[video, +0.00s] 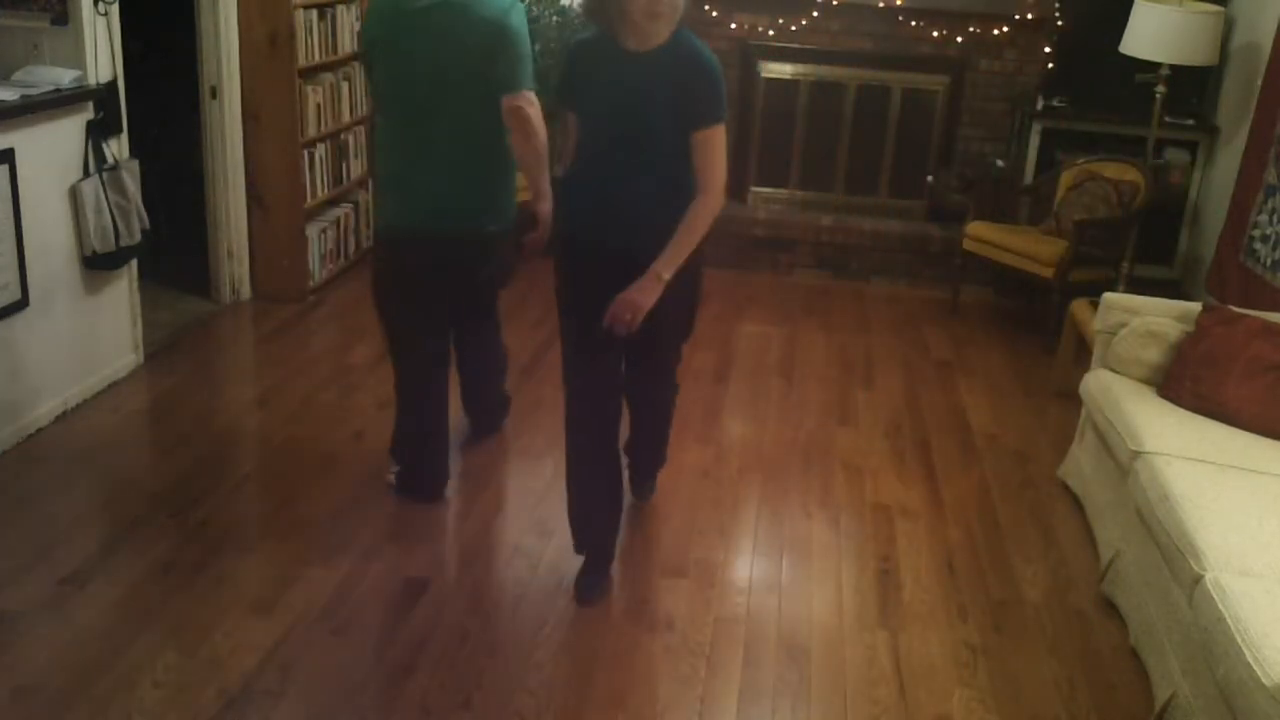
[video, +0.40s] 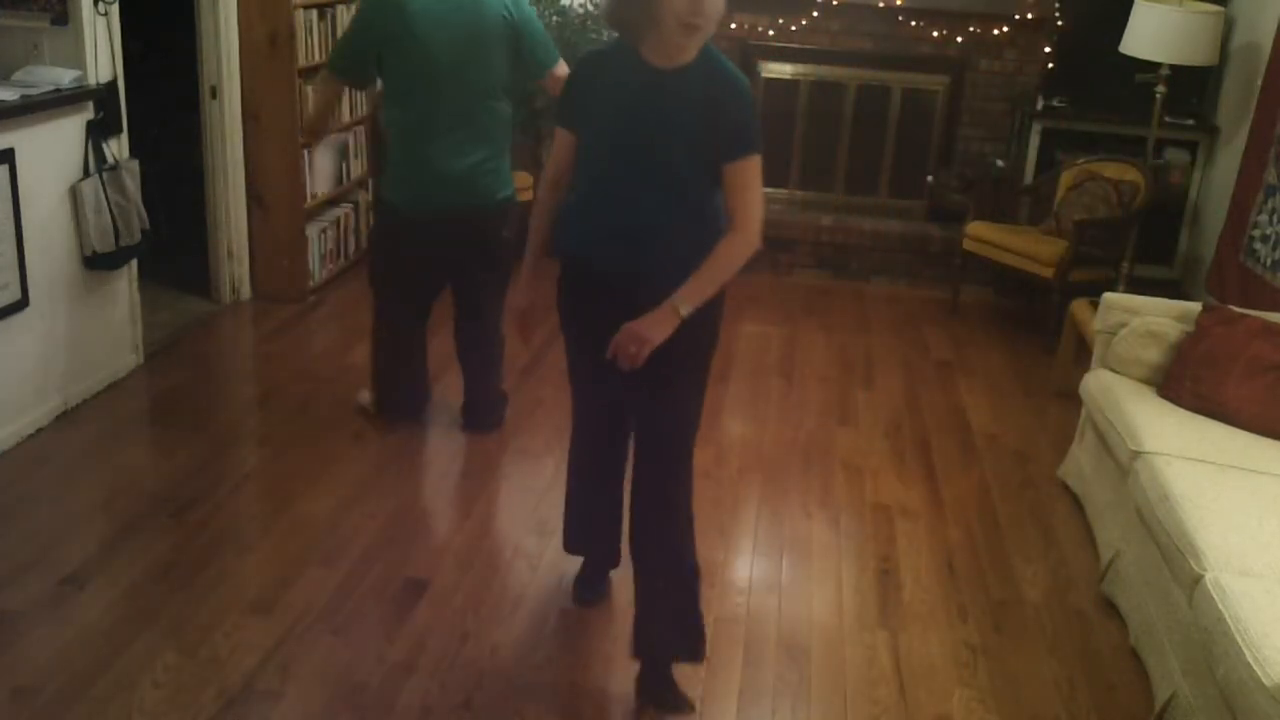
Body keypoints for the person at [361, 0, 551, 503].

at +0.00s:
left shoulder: (382, 11)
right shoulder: (501, 13)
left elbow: (379, 95)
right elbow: (517, 107)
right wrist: (542, 193)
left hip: (403, 215)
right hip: (481, 211)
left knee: (416, 348)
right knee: (477, 310)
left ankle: (422, 473)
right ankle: (486, 410)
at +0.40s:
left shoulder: (384, 8)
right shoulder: (508, 7)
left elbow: (331, 83)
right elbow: (561, 82)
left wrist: (312, 131)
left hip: (411, 195)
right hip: (487, 192)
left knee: (400, 308)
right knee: (482, 308)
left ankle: (399, 402)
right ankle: (484, 408)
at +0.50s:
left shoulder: (377, 10)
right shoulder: (497, 7)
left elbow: (314, 74)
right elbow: (549, 67)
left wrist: (281, 126)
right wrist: (570, 107)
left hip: (404, 187)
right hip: (476, 184)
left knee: (393, 297)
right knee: (473, 302)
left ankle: (372, 386)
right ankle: (484, 408)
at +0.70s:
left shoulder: (341, 9)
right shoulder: (451, 4)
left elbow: (288, 77)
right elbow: (501, 51)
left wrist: (244, 142)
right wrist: (508, 83)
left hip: (368, 179)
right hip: (438, 174)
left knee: (370, 289)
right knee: (450, 290)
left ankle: (366, 380)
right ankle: (484, 400)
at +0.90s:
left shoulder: (323, 6)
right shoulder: (414, 4)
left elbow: (292, 75)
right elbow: (431, 56)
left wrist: (258, 151)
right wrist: (421, 110)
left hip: (345, 161)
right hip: (404, 156)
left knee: (341, 271)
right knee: (394, 264)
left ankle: (364, 375)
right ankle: (431, 357)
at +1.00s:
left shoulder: (322, 5)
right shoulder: (393, 5)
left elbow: (304, 77)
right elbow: (403, 59)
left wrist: (279, 155)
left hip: (340, 159)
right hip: (385, 152)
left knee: (336, 270)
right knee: (367, 265)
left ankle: (359, 376)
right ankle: (378, 367)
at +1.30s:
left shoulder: (325, 8)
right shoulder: (287, 10)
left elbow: (356, 74)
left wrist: (358, 158)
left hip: (324, 163)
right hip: (291, 163)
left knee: (335, 265)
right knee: (286, 259)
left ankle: (364, 366)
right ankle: (299, 353)